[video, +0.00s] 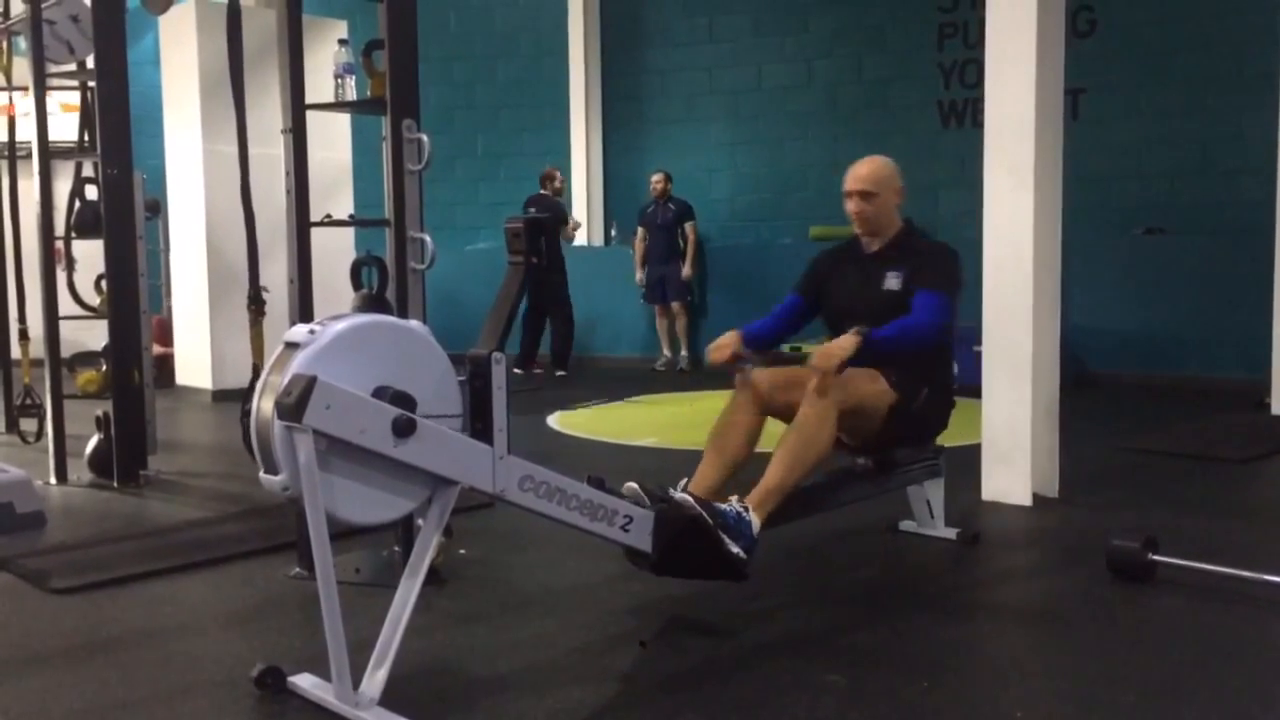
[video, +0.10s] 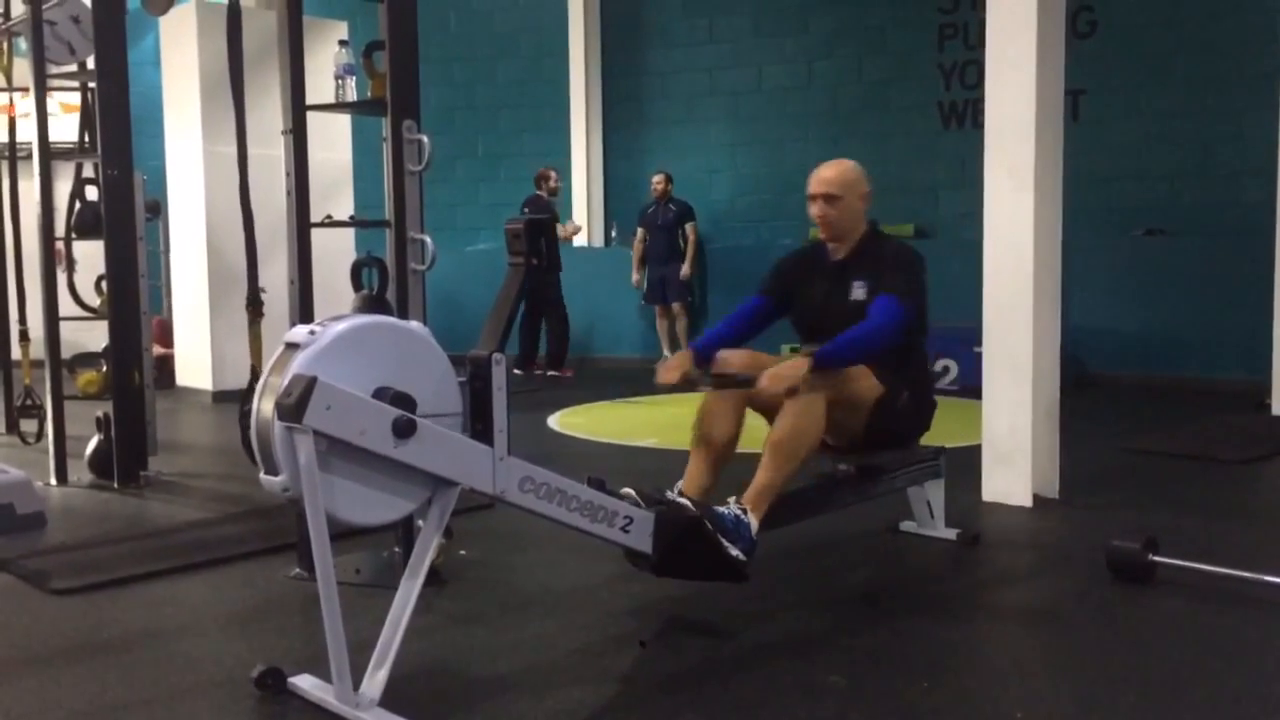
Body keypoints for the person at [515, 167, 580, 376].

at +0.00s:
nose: (563, 184)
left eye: (562, 181)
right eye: (560, 181)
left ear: (543, 184)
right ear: (549, 184)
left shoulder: (529, 203)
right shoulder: (556, 206)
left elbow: (539, 228)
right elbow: (568, 237)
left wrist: (567, 223)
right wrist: (573, 227)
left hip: (533, 266)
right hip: (553, 266)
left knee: (535, 311)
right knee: (562, 313)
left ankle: (524, 361)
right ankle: (560, 365)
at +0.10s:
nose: (558, 184)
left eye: (558, 181)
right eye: (555, 181)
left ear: (541, 184)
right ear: (544, 183)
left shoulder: (529, 203)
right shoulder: (545, 207)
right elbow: (551, 235)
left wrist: (564, 230)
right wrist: (569, 231)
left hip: (533, 270)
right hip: (547, 271)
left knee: (532, 316)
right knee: (558, 319)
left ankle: (525, 363)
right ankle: (555, 365)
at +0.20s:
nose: (555, 184)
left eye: (554, 180)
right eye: (551, 180)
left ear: (540, 184)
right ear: (539, 184)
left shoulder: (535, 206)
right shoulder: (536, 207)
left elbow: (542, 234)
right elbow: (538, 237)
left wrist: (559, 236)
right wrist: (561, 236)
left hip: (536, 272)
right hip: (540, 272)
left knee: (530, 319)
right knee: (548, 320)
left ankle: (526, 363)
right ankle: (552, 364)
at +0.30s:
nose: (550, 183)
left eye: (549, 179)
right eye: (546, 180)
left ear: (538, 185)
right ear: (534, 185)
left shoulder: (536, 206)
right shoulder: (530, 208)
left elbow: (540, 233)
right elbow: (535, 237)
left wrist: (558, 238)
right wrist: (558, 240)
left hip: (537, 269)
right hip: (531, 270)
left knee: (536, 317)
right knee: (534, 317)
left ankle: (540, 360)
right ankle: (534, 362)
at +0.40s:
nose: (546, 183)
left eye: (545, 179)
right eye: (541, 180)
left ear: (533, 186)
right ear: (529, 185)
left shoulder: (535, 207)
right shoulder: (527, 208)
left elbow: (539, 234)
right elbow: (531, 238)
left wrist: (556, 241)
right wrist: (557, 243)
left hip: (533, 268)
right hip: (527, 269)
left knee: (533, 315)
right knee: (531, 316)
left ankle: (534, 359)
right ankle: (529, 361)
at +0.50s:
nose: (543, 183)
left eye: (542, 179)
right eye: (538, 180)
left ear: (536, 185)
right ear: (527, 184)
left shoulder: (538, 209)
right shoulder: (520, 208)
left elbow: (539, 240)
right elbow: (524, 241)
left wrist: (554, 247)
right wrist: (553, 248)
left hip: (535, 269)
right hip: (523, 269)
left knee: (533, 318)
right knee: (526, 318)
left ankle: (531, 363)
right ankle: (524, 364)